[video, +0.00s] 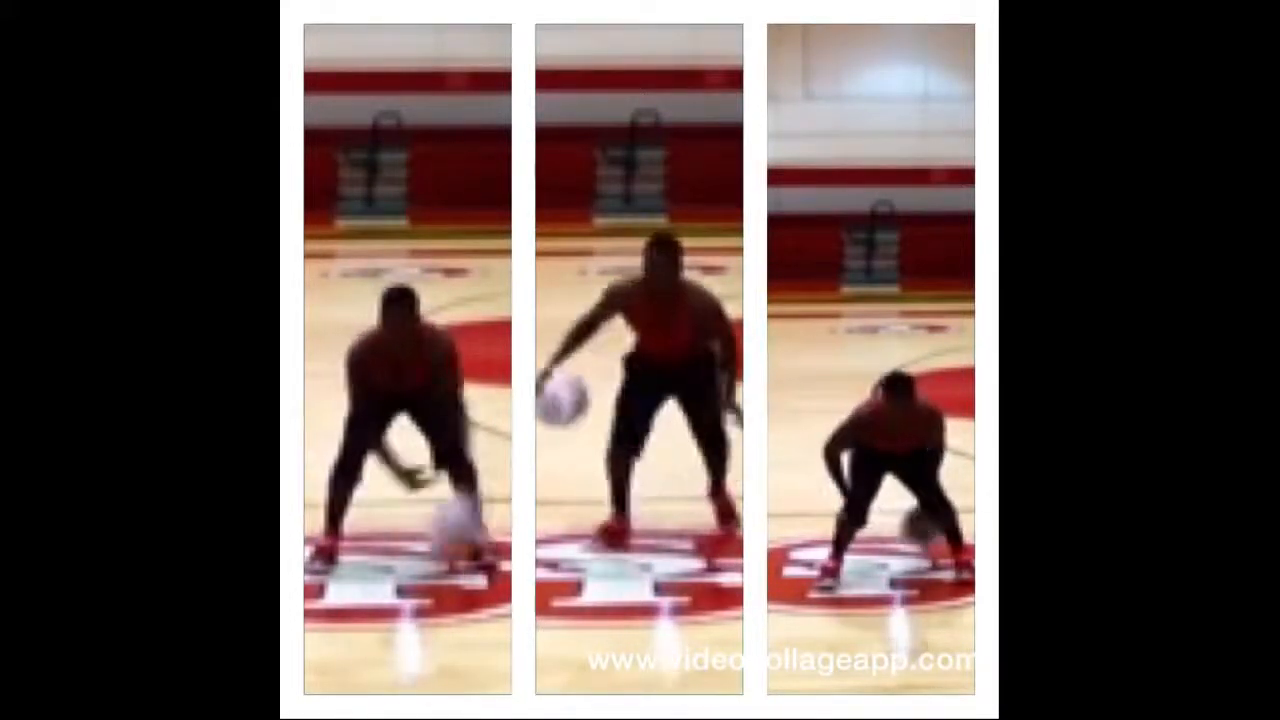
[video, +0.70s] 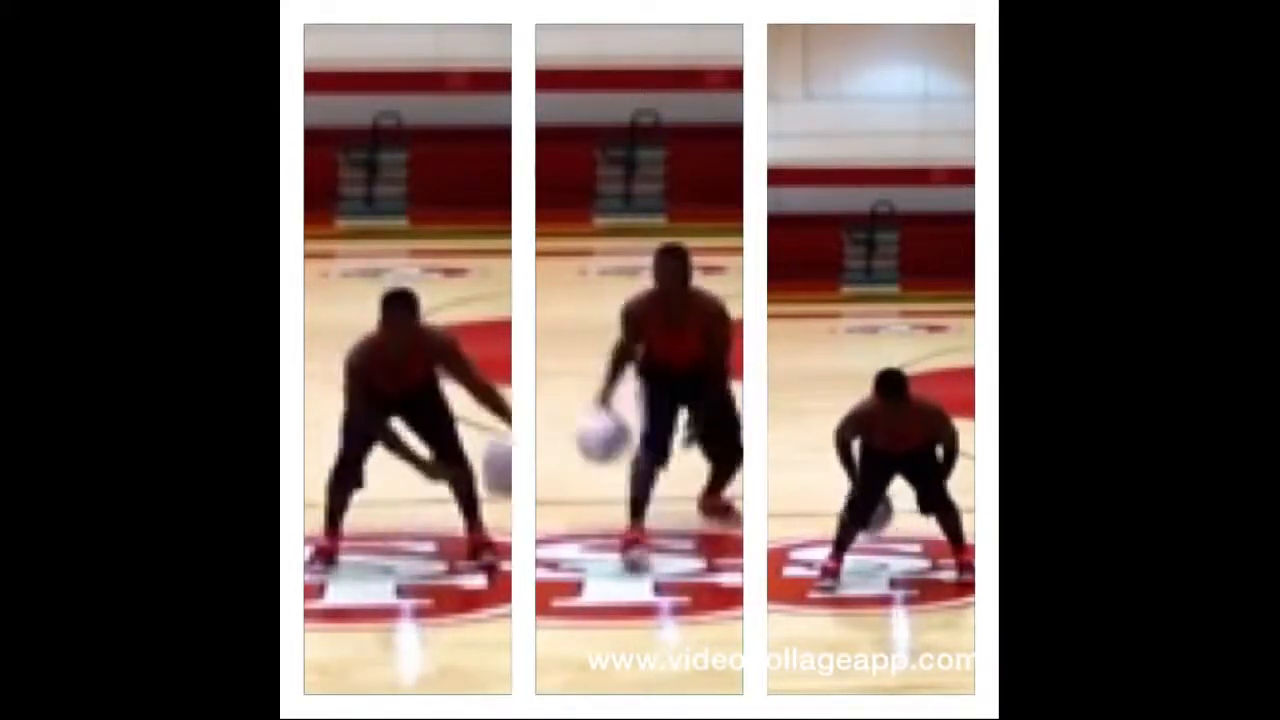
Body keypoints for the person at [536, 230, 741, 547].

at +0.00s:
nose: (658, 274)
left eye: (666, 266)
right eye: (653, 265)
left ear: (678, 267)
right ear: (644, 265)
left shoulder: (699, 302)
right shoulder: (625, 295)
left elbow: (728, 345)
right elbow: (587, 326)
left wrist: (728, 395)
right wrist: (551, 366)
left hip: (694, 369)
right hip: (646, 368)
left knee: (714, 440)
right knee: (621, 446)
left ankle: (718, 492)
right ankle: (620, 519)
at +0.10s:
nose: (661, 283)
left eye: (669, 276)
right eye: (656, 275)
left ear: (682, 276)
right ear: (648, 273)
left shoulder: (702, 311)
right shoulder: (627, 307)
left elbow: (723, 366)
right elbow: (606, 353)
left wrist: (720, 415)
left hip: (688, 375)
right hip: (642, 371)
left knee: (700, 443)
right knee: (607, 436)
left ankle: (722, 519)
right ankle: (616, 512)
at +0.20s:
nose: (669, 291)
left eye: (675, 283)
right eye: (663, 283)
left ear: (685, 283)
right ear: (652, 283)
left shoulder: (703, 323)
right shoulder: (630, 324)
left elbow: (714, 383)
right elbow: (635, 389)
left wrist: (713, 431)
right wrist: (656, 438)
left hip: (684, 392)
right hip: (639, 390)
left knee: (693, 453)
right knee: (595, 447)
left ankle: (720, 523)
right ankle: (617, 513)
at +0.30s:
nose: (672, 283)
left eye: (678, 275)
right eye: (665, 275)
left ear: (688, 276)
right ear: (654, 277)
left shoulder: (705, 312)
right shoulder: (633, 318)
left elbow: (734, 357)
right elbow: (627, 383)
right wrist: (648, 432)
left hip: (684, 379)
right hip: (639, 380)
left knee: (699, 445)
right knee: (605, 454)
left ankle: (722, 520)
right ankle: (617, 513)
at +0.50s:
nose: (675, 272)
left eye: (680, 263)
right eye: (668, 264)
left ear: (690, 264)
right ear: (656, 266)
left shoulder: (712, 299)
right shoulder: (635, 307)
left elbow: (743, 338)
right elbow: (612, 362)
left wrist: (751, 384)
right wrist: (608, 418)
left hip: (696, 365)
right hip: (651, 369)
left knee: (729, 437)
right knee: (639, 434)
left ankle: (713, 492)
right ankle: (626, 513)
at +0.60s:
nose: (672, 287)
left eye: (678, 279)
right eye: (665, 279)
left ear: (689, 279)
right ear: (655, 280)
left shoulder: (711, 314)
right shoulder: (638, 320)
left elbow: (718, 373)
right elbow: (626, 379)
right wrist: (630, 432)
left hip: (702, 383)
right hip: (659, 386)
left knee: (738, 440)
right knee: (655, 445)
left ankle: (712, 495)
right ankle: (637, 523)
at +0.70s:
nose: (669, 283)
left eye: (676, 275)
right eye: (663, 275)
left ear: (688, 275)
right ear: (655, 275)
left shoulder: (712, 313)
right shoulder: (640, 311)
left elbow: (718, 375)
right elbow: (624, 352)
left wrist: (701, 418)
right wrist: (606, 394)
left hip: (704, 382)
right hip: (660, 383)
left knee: (729, 451)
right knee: (653, 449)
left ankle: (711, 497)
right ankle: (636, 525)